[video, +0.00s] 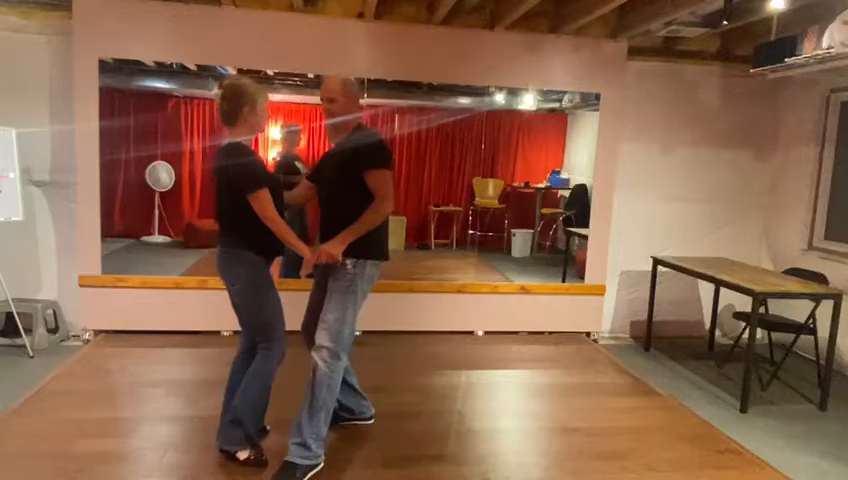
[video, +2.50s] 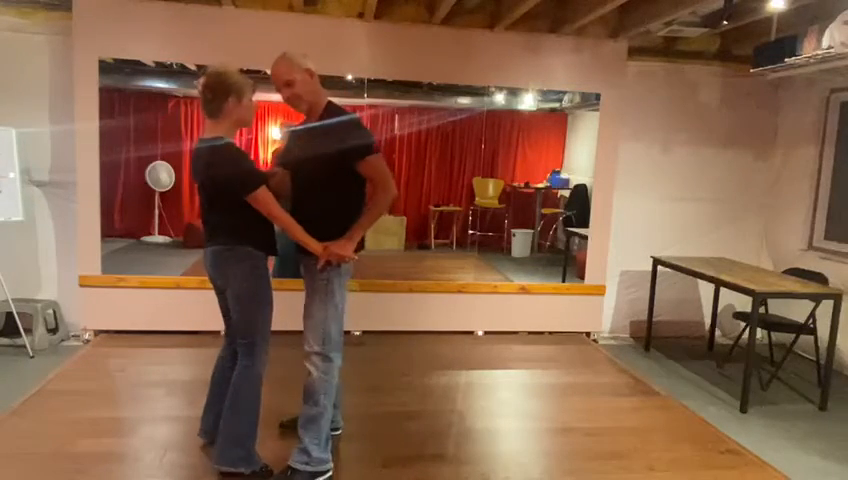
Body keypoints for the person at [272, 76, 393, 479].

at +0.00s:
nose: (324, 106)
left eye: (331, 100)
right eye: (323, 100)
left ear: (355, 103)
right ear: (328, 103)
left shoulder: (369, 144)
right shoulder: (333, 152)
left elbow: (386, 204)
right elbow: (297, 195)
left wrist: (341, 241)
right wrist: (254, 190)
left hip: (358, 260)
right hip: (332, 257)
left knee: (328, 347)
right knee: (315, 333)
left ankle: (306, 452)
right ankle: (353, 404)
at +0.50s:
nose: (307, 102)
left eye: (314, 95)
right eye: (306, 95)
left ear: (336, 96)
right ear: (322, 97)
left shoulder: (352, 136)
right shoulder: (330, 140)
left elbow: (375, 195)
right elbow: (299, 193)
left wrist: (335, 240)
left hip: (348, 256)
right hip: (332, 254)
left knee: (326, 350)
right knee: (323, 333)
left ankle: (312, 459)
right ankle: (354, 405)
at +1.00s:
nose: (298, 92)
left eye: (304, 82)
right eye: (296, 84)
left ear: (330, 82)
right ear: (321, 84)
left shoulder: (344, 125)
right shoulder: (328, 126)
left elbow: (374, 184)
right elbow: (325, 186)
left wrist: (340, 243)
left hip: (340, 257)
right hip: (331, 254)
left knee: (324, 355)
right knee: (340, 338)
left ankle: (317, 464)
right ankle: (353, 408)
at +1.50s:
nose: (301, 86)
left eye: (308, 76)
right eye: (298, 78)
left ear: (335, 76)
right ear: (315, 80)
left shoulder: (354, 127)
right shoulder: (325, 127)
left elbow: (390, 199)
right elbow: (320, 190)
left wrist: (348, 257)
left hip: (336, 262)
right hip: (321, 256)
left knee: (313, 364)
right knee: (325, 343)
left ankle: (314, 465)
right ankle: (339, 418)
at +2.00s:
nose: (296, 92)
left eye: (300, 82)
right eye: (291, 86)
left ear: (326, 74)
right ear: (294, 88)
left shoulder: (359, 129)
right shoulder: (304, 131)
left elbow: (400, 201)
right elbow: (288, 186)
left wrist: (361, 256)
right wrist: (242, 182)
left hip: (340, 261)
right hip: (311, 256)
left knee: (316, 361)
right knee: (316, 346)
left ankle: (314, 465)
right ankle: (316, 417)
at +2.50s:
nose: (284, 94)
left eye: (287, 84)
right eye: (279, 89)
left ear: (310, 75)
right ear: (281, 90)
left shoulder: (346, 125)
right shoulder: (299, 132)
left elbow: (386, 189)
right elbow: (278, 186)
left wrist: (350, 239)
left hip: (334, 252)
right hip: (308, 251)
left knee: (319, 351)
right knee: (321, 343)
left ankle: (314, 460)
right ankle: (326, 419)